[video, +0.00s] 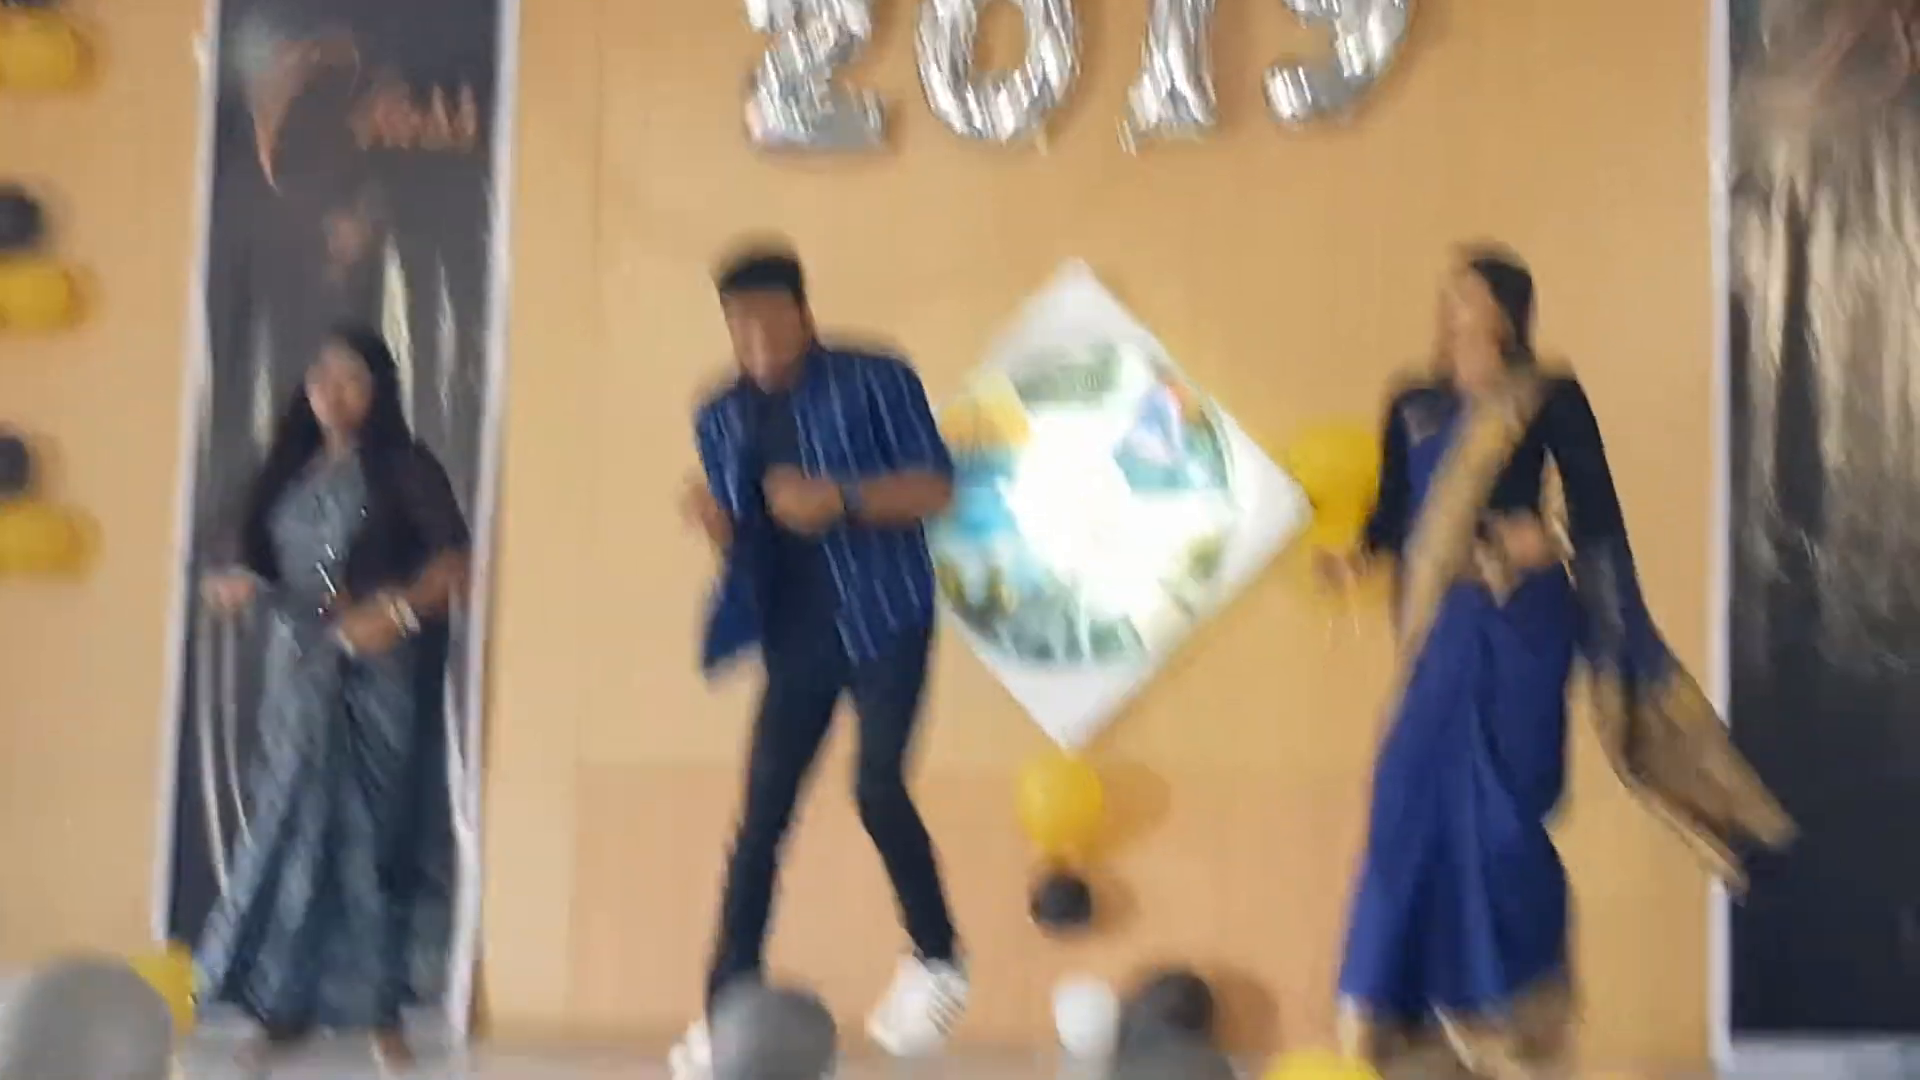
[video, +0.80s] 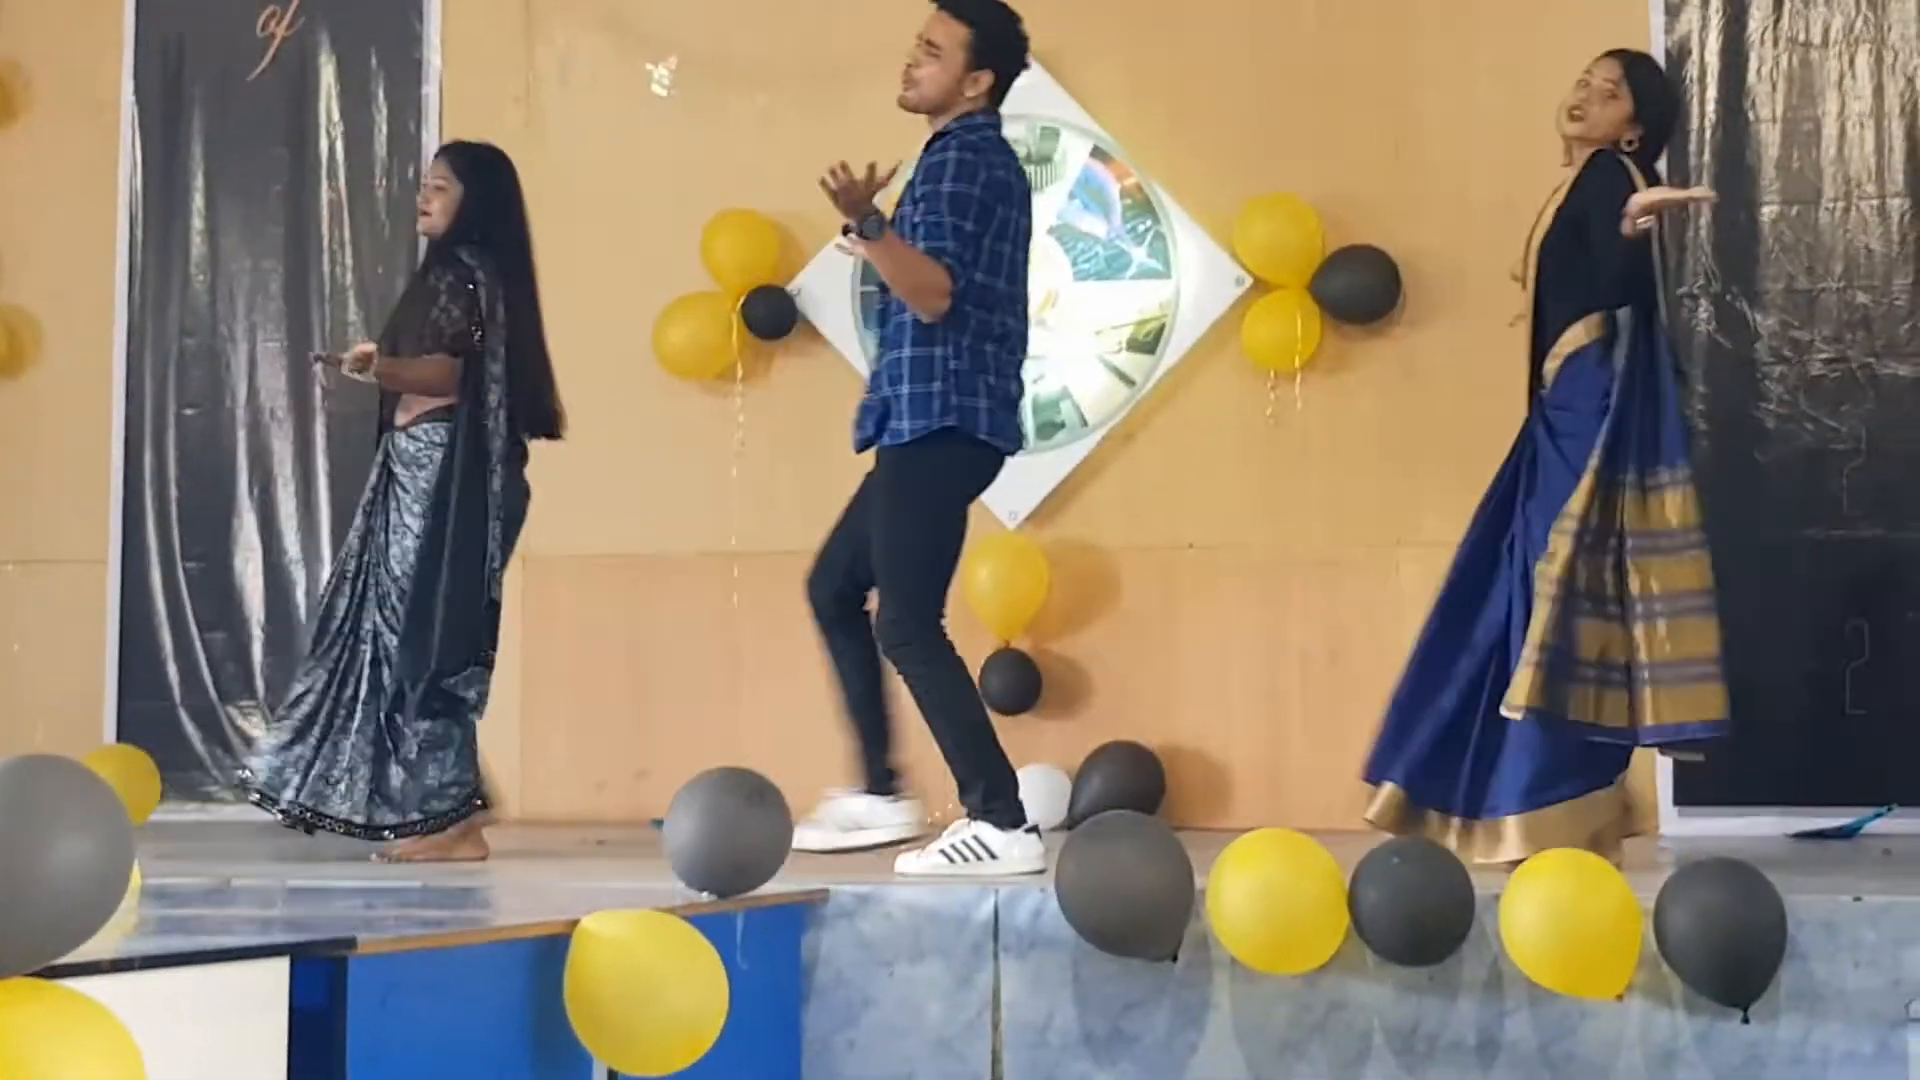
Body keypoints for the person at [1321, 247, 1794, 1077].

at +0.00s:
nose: (1453, 316)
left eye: (1468, 302)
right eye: (1449, 302)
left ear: (1508, 314)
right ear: (1441, 314)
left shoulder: (1552, 398)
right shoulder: (1416, 404)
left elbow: (1599, 524)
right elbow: (1395, 509)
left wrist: (1542, 545)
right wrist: (1361, 551)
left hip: (1524, 623)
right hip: (1443, 624)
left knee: (1505, 805)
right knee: (1408, 786)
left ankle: (1525, 1004)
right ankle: (1388, 1002)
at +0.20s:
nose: (1407, 205)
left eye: (1426, 193)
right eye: (1408, 191)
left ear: (1469, 213)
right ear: (1415, 208)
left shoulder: (1490, 297)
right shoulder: (1418, 307)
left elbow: (1519, 429)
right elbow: (1396, 418)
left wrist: (1451, 452)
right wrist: (1339, 459)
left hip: (1444, 539)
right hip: (1378, 535)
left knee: (1404, 725)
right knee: (1337, 719)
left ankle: (1497, 871)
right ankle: (1355, 914)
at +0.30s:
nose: (1422, 169)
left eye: (1440, 157)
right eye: (1422, 156)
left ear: (1480, 177)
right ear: (1425, 170)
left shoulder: (1487, 255)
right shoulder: (1427, 261)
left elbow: (1498, 361)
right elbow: (1416, 364)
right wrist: (1359, 406)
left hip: (1450, 476)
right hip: (1397, 473)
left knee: (1388, 653)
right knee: (1315, 653)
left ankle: (1501, 802)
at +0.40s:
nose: (1453, 100)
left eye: (1475, 93)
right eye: (1454, 86)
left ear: (1506, 123)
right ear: (1447, 103)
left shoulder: (1499, 187)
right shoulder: (1443, 193)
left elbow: (1516, 273)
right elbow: (1429, 289)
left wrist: (1545, 264)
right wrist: (1370, 311)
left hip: (1473, 404)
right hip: (1421, 407)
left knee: (1426, 583)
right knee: (1374, 592)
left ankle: (1532, 751)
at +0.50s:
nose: (1483, 69)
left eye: (1506, 66)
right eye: (1485, 55)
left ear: (1534, 99)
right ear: (1472, 73)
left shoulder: (1521, 153)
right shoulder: (1479, 162)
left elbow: (1531, 277)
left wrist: (1549, 238)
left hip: (1495, 383)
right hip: (1451, 386)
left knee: (1468, 570)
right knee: (1402, 574)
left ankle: (1558, 762)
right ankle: (1371, 794)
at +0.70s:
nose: (1543, 116)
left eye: (1566, 110)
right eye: (1544, 101)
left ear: (1597, 140)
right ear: (1534, 117)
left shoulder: (1581, 196)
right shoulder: (1553, 200)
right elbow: (1553, 290)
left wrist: (1617, 244)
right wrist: (1506, 300)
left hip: (1570, 431)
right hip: (1535, 431)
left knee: (1542, 619)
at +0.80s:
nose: (1580, 94)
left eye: (1602, 87)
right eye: (1582, 82)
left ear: (1636, 118)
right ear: (1577, 102)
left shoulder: (1612, 171)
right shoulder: (1584, 175)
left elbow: (1616, 238)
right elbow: (1581, 272)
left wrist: (1638, 216)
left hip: (1594, 409)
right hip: (1565, 408)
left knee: (1560, 584)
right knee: (1536, 582)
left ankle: (1560, 801)